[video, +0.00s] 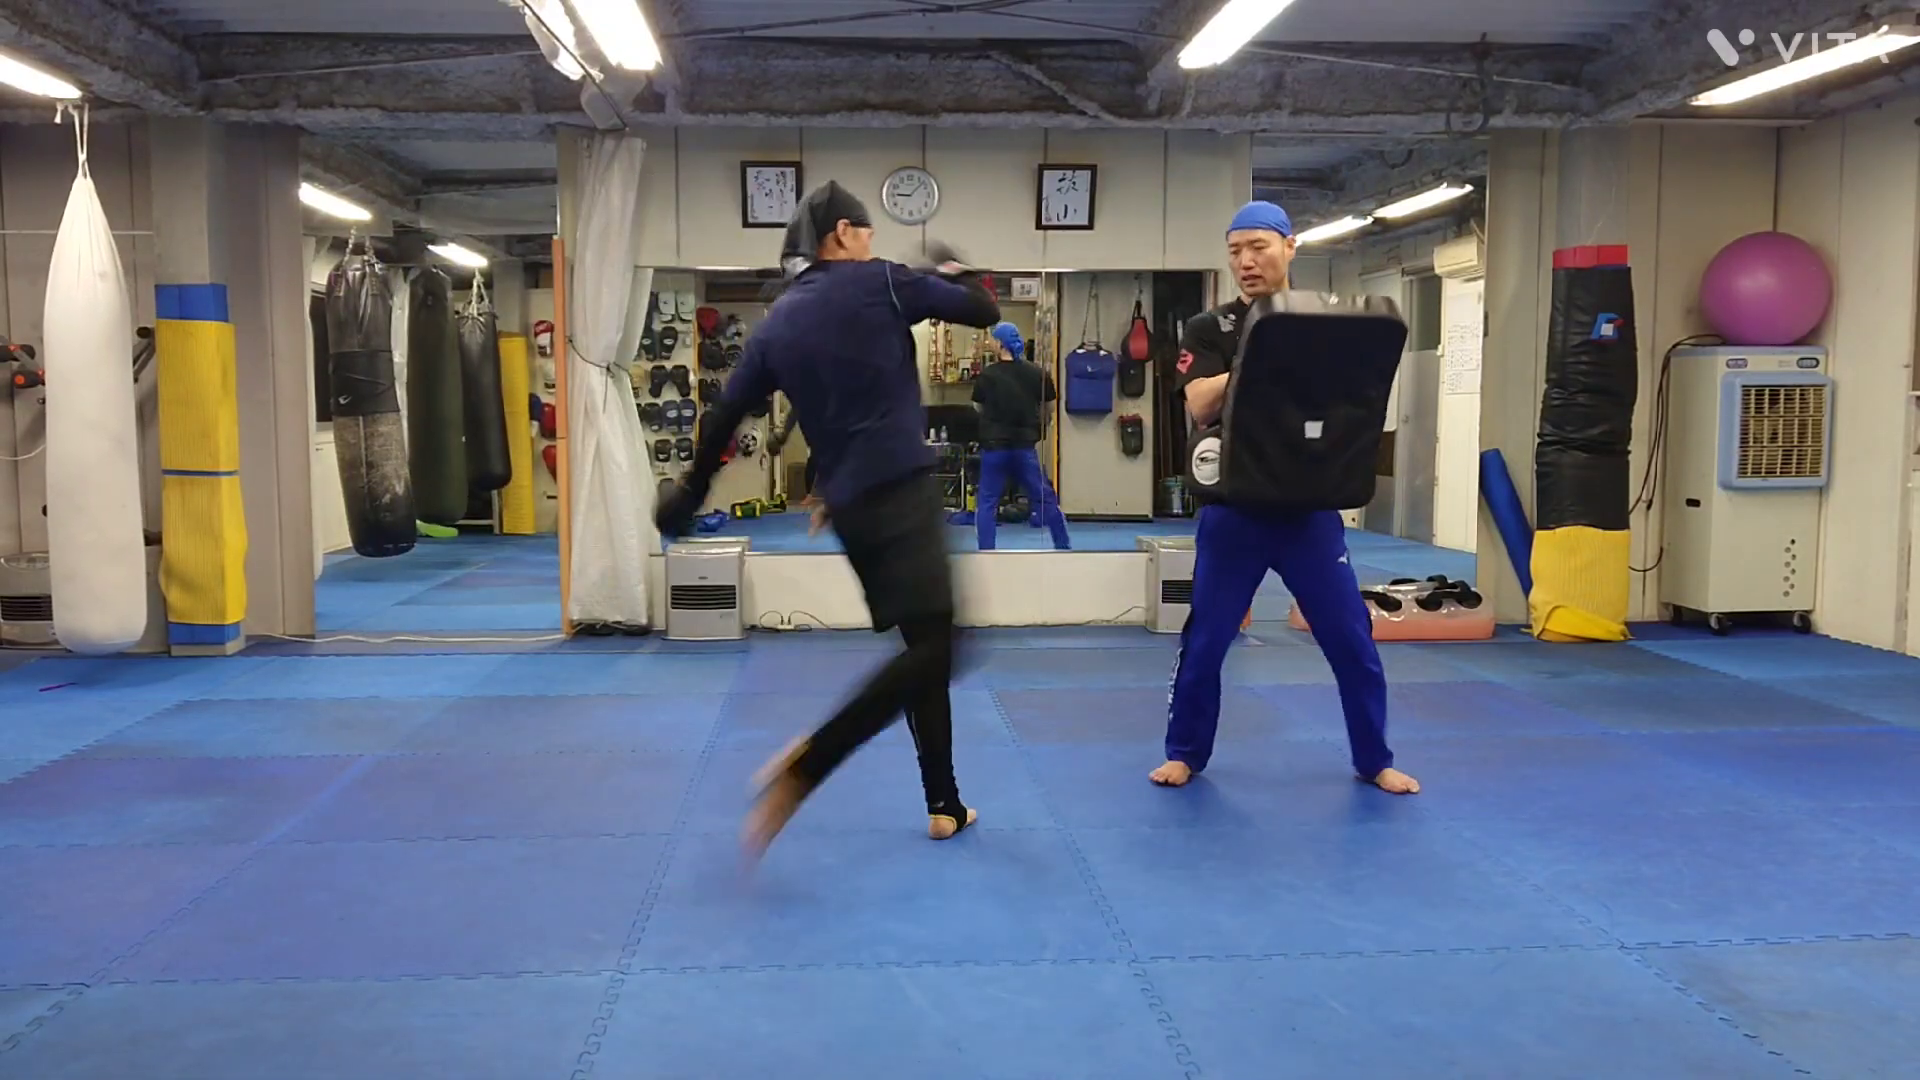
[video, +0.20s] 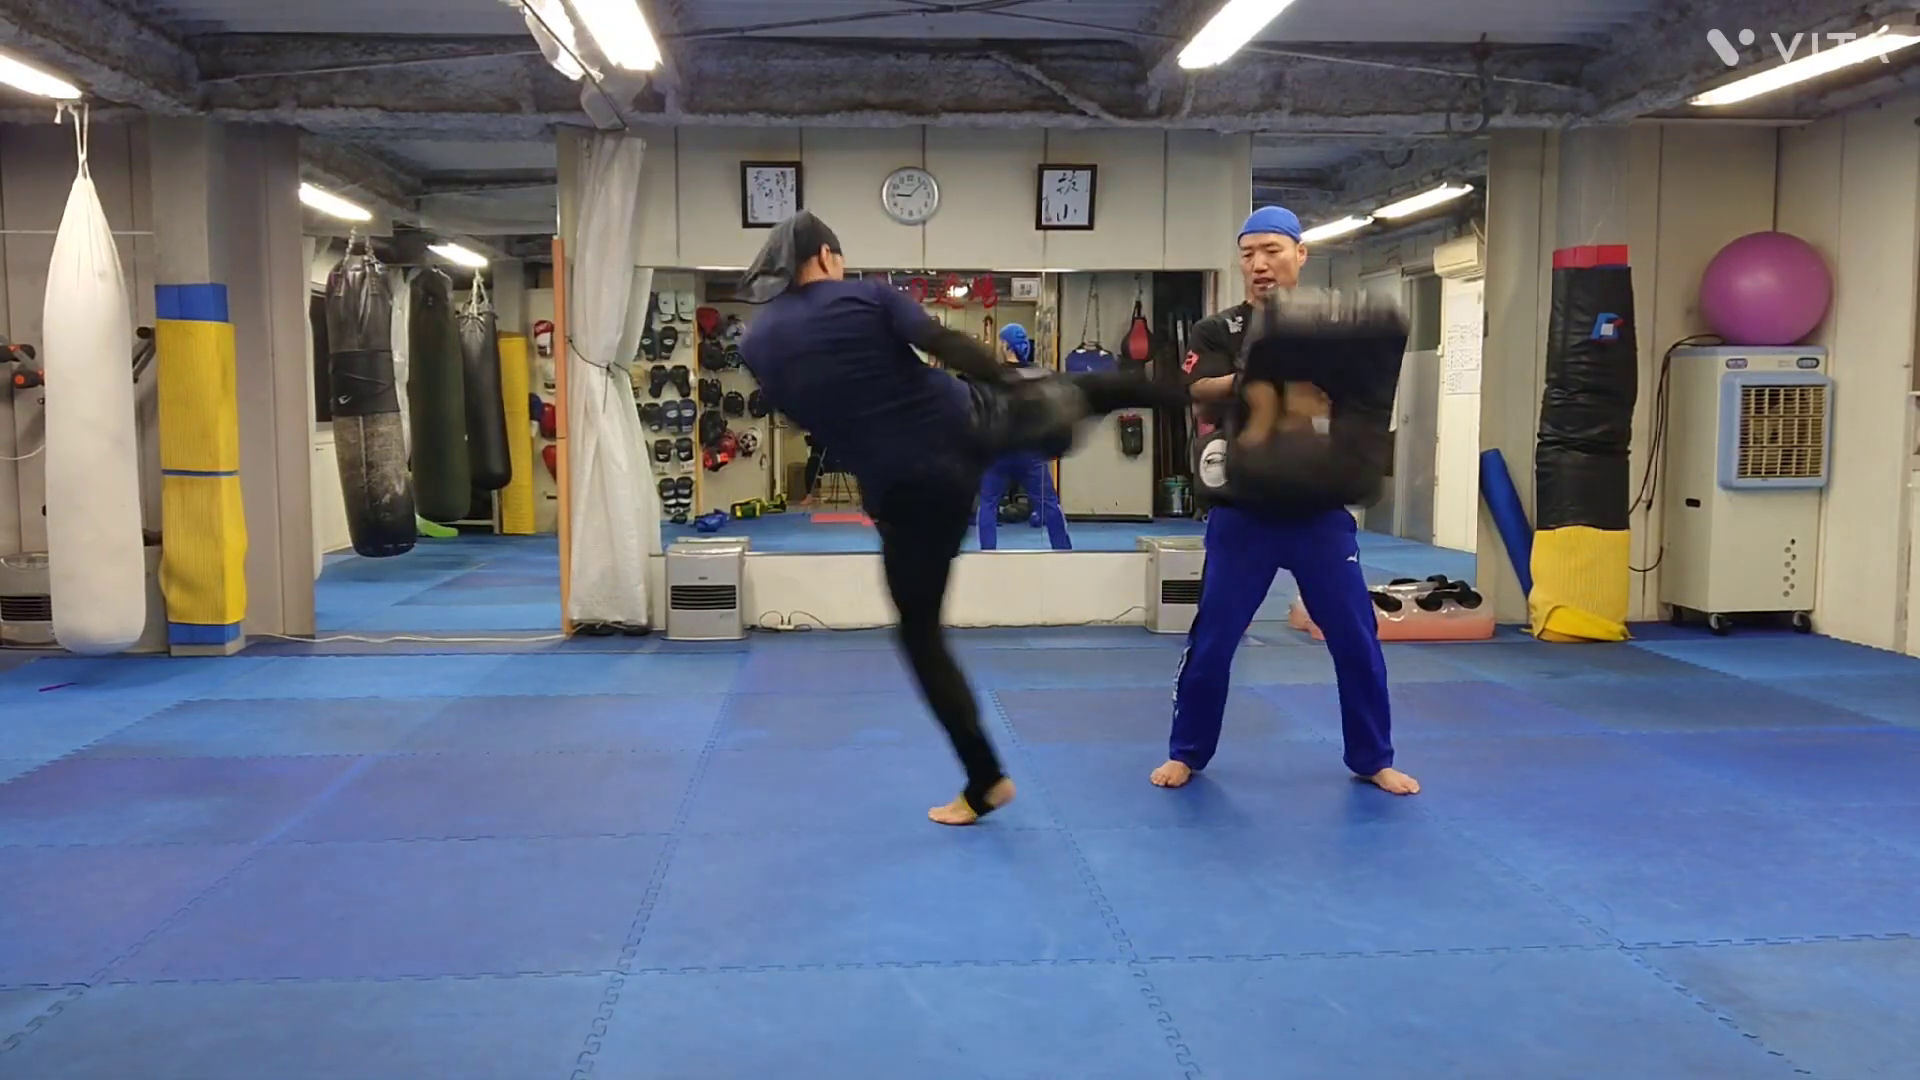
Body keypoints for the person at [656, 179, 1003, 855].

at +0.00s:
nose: (872, 246)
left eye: (868, 235)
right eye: (867, 235)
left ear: (816, 243)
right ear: (842, 236)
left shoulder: (778, 324)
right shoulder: (879, 282)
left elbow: (724, 415)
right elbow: (980, 308)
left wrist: (690, 492)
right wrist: (949, 277)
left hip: (852, 503)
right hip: (905, 485)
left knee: (925, 649)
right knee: (933, 648)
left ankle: (944, 806)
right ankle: (803, 767)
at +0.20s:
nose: (844, 268)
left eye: (838, 260)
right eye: (839, 258)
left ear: (777, 270)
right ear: (823, 257)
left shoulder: (758, 344)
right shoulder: (867, 295)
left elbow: (792, 410)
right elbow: (951, 346)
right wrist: (1002, 374)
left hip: (912, 494)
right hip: (964, 427)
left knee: (920, 636)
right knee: (1077, 394)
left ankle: (986, 779)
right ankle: (1183, 387)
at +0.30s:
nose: (856, 275)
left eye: (852, 267)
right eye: (851, 266)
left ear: (791, 277)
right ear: (831, 264)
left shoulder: (771, 350)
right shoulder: (860, 293)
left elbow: (834, 414)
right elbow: (923, 352)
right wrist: (966, 376)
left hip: (908, 494)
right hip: (964, 439)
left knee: (951, 640)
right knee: (1104, 411)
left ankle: (997, 787)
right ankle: (1259, 390)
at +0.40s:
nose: (875, 257)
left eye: (875, 247)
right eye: (870, 247)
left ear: (815, 252)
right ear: (843, 244)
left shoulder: (781, 337)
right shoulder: (863, 282)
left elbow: (821, 439)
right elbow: (910, 345)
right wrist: (991, 378)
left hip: (887, 485)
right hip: (947, 436)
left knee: (933, 631)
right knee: (1069, 457)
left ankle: (963, 785)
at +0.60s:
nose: (923, 251)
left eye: (923, 238)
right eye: (918, 237)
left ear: (871, 236)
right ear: (888, 233)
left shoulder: (837, 295)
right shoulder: (881, 285)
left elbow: (848, 408)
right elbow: (912, 359)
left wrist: (933, 421)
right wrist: (1002, 348)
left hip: (860, 487)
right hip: (893, 483)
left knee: (925, 636)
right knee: (971, 624)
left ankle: (937, 800)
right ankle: (877, 778)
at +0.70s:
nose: (944, 260)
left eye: (945, 247)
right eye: (941, 246)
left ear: (904, 239)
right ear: (911, 238)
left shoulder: (884, 302)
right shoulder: (871, 292)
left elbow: (897, 412)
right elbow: (885, 374)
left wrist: (973, 407)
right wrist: (963, 354)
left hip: (879, 498)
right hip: (852, 498)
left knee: (932, 626)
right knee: (874, 651)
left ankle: (926, 794)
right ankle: (788, 815)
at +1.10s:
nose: (967, 270)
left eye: (968, 258)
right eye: (964, 256)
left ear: (932, 252)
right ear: (937, 250)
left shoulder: (932, 326)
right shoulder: (881, 316)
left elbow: (953, 413)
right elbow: (877, 396)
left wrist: (1022, 419)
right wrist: (966, 377)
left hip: (913, 515)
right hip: (861, 517)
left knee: (969, 617)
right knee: (848, 657)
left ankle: (997, 761)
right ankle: (782, 822)